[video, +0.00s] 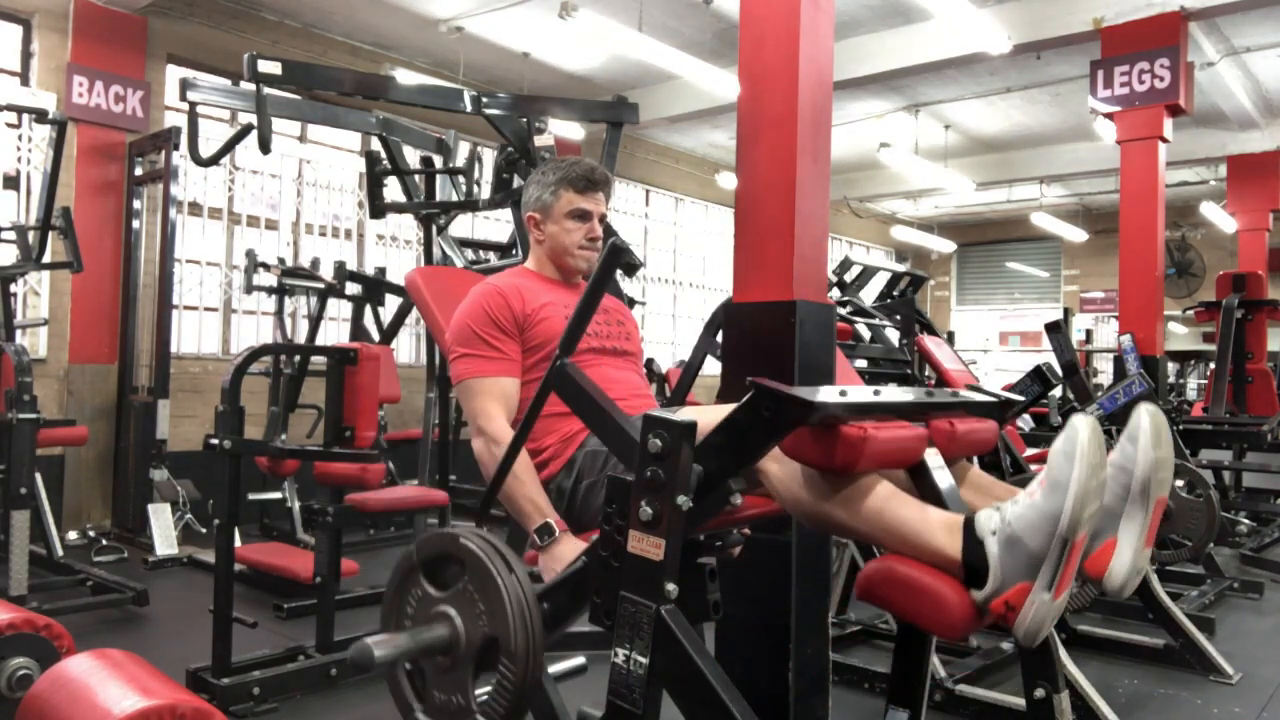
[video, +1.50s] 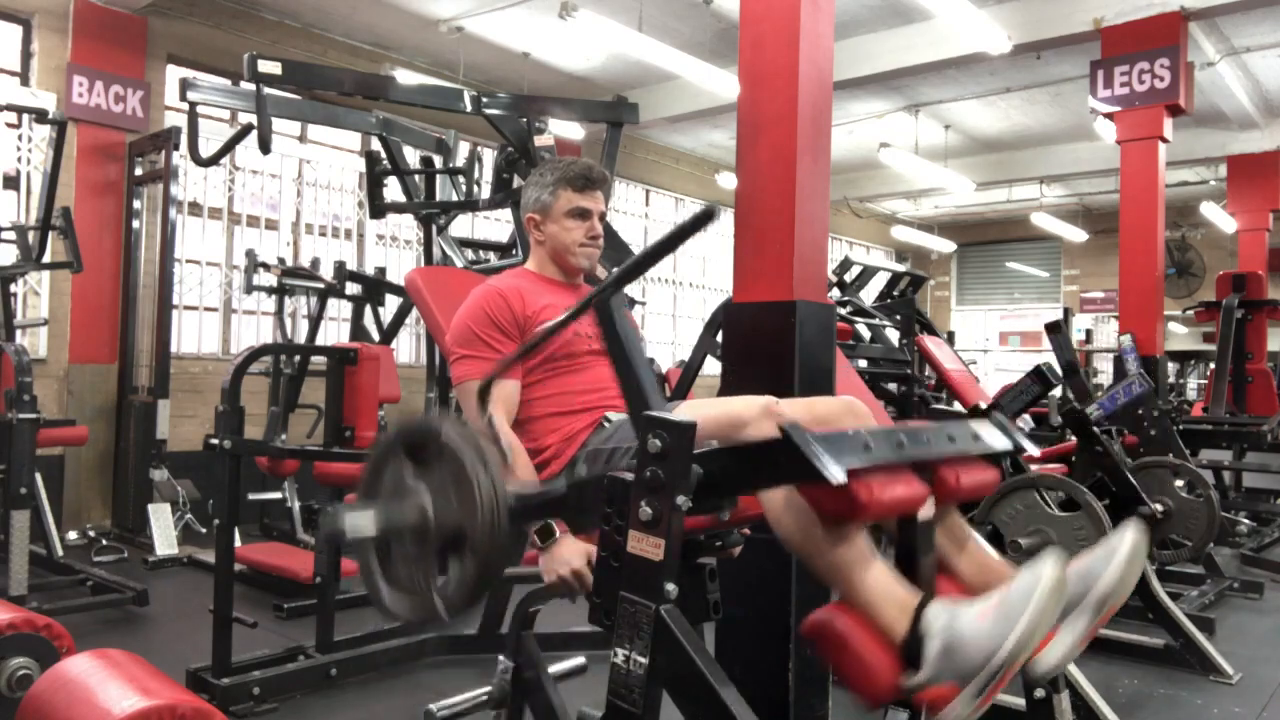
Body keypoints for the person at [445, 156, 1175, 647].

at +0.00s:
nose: (593, 236)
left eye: (599, 224)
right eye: (577, 222)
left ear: (601, 228)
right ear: (532, 222)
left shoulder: (606, 301)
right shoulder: (493, 302)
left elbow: (640, 399)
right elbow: (491, 436)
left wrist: (720, 410)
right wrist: (551, 532)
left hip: (657, 443)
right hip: (580, 466)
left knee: (847, 452)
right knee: (765, 436)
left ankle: (1076, 530)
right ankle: (975, 553)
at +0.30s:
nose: (591, 232)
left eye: (598, 220)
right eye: (577, 217)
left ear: (600, 227)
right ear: (532, 219)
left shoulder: (611, 306)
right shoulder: (495, 298)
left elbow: (648, 398)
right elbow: (487, 430)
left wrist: (713, 420)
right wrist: (548, 531)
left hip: (657, 439)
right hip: (581, 460)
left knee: (822, 452)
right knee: (774, 458)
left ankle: (1013, 514)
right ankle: (987, 509)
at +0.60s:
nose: (593, 231)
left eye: (599, 219)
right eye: (578, 216)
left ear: (599, 227)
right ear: (533, 220)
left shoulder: (610, 306)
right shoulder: (495, 298)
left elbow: (655, 396)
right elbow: (488, 428)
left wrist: (727, 425)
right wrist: (546, 532)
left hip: (657, 439)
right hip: (582, 459)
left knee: (818, 453)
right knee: (772, 456)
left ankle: (1005, 485)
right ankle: (991, 486)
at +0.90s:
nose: (594, 231)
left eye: (599, 219)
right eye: (578, 217)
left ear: (598, 225)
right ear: (532, 220)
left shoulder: (608, 305)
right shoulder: (495, 298)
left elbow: (644, 396)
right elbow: (488, 430)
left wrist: (709, 428)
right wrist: (549, 531)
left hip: (661, 439)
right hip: (588, 460)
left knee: (825, 452)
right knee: (773, 454)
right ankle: (991, 457)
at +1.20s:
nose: (592, 232)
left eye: (598, 220)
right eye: (577, 217)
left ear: (599, 227)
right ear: (532, 221)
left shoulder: (610, 307)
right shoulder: (495, 300)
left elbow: (652, 398)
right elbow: (488, 429)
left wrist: (716, 422)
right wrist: (548, 532)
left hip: (656, 439)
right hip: (584, 461)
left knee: (811, 447)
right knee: (767, 453)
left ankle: (992, 493)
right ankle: (982, 493)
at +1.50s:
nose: (592, 236)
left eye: (598, 223)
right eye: (577, 221)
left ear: (598, 224)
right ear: (532, 224)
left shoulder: (597, 297)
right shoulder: (497, 299)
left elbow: (634, 388)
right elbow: (490, 427)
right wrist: (554, 531)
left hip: (655, 430)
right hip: (589, 456)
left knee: (844, 411)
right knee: (778, 420)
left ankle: (993, 585)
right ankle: (918, 628)